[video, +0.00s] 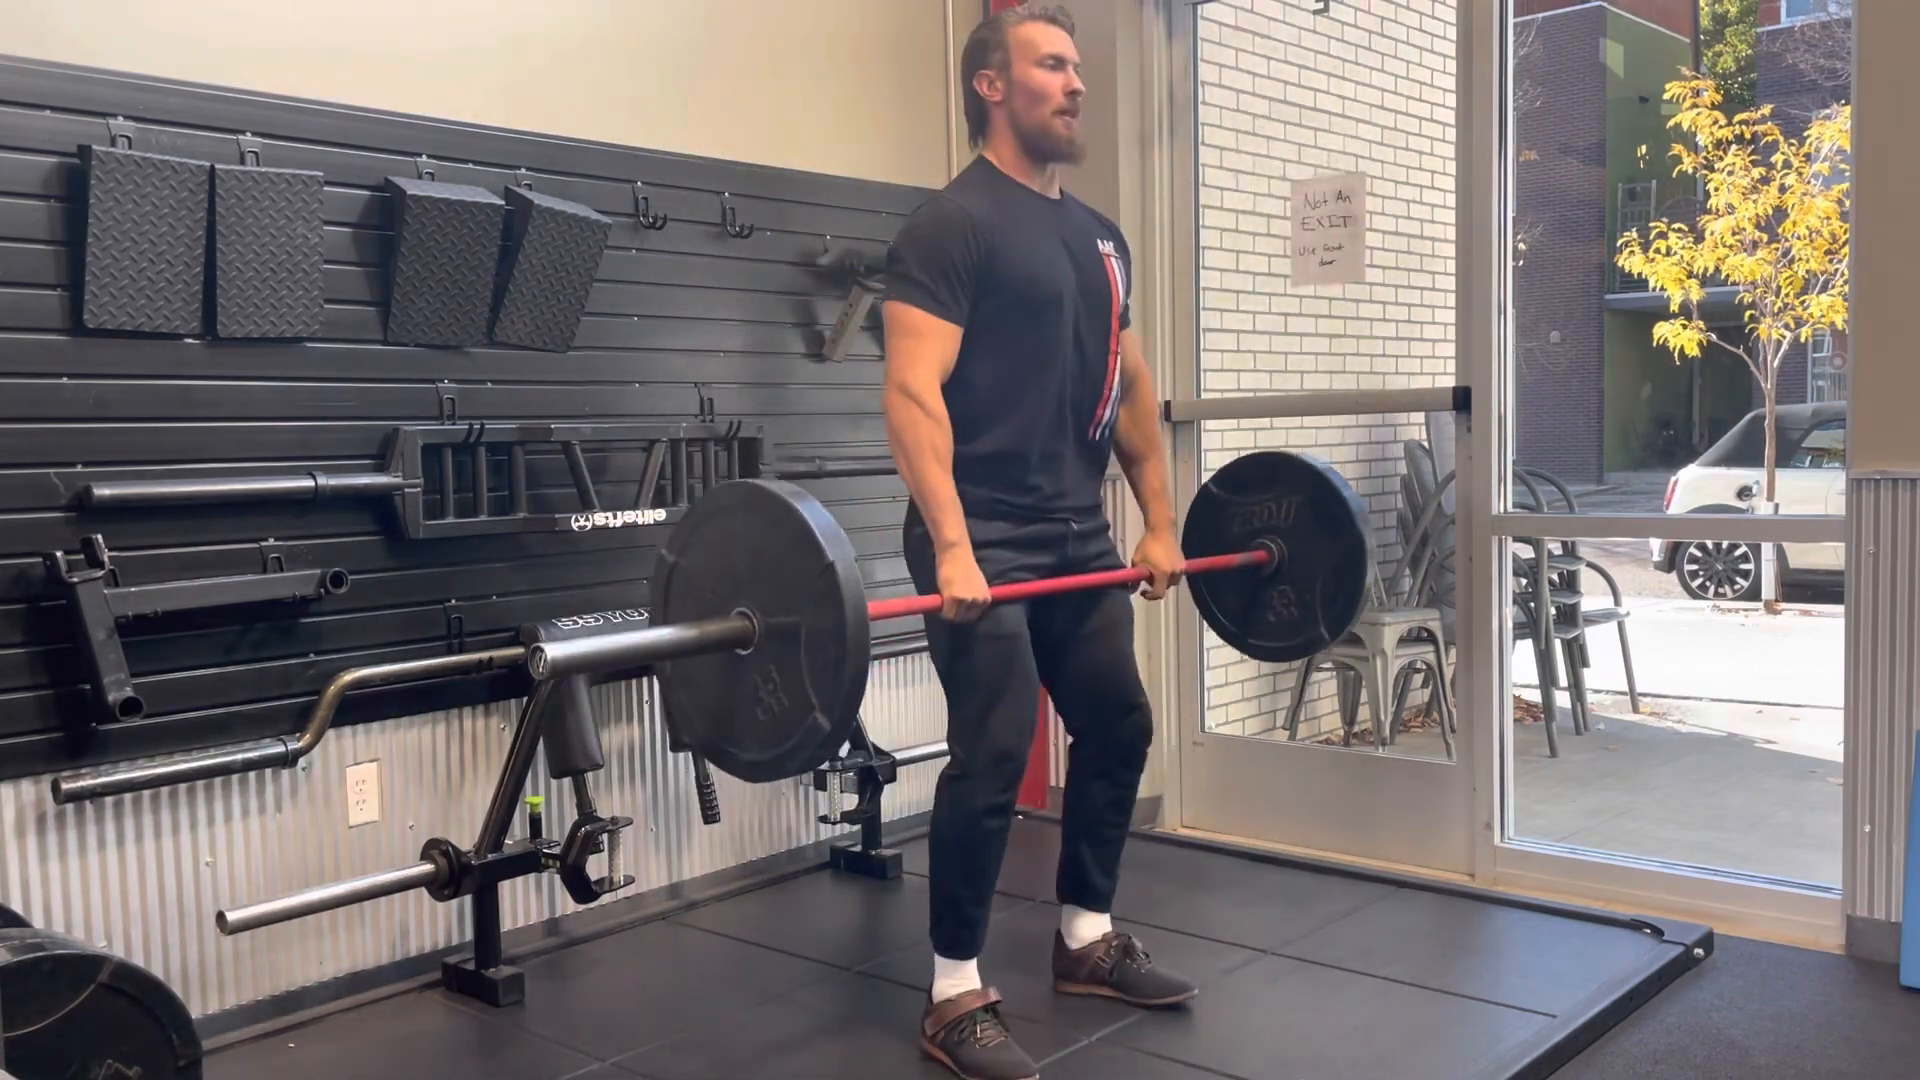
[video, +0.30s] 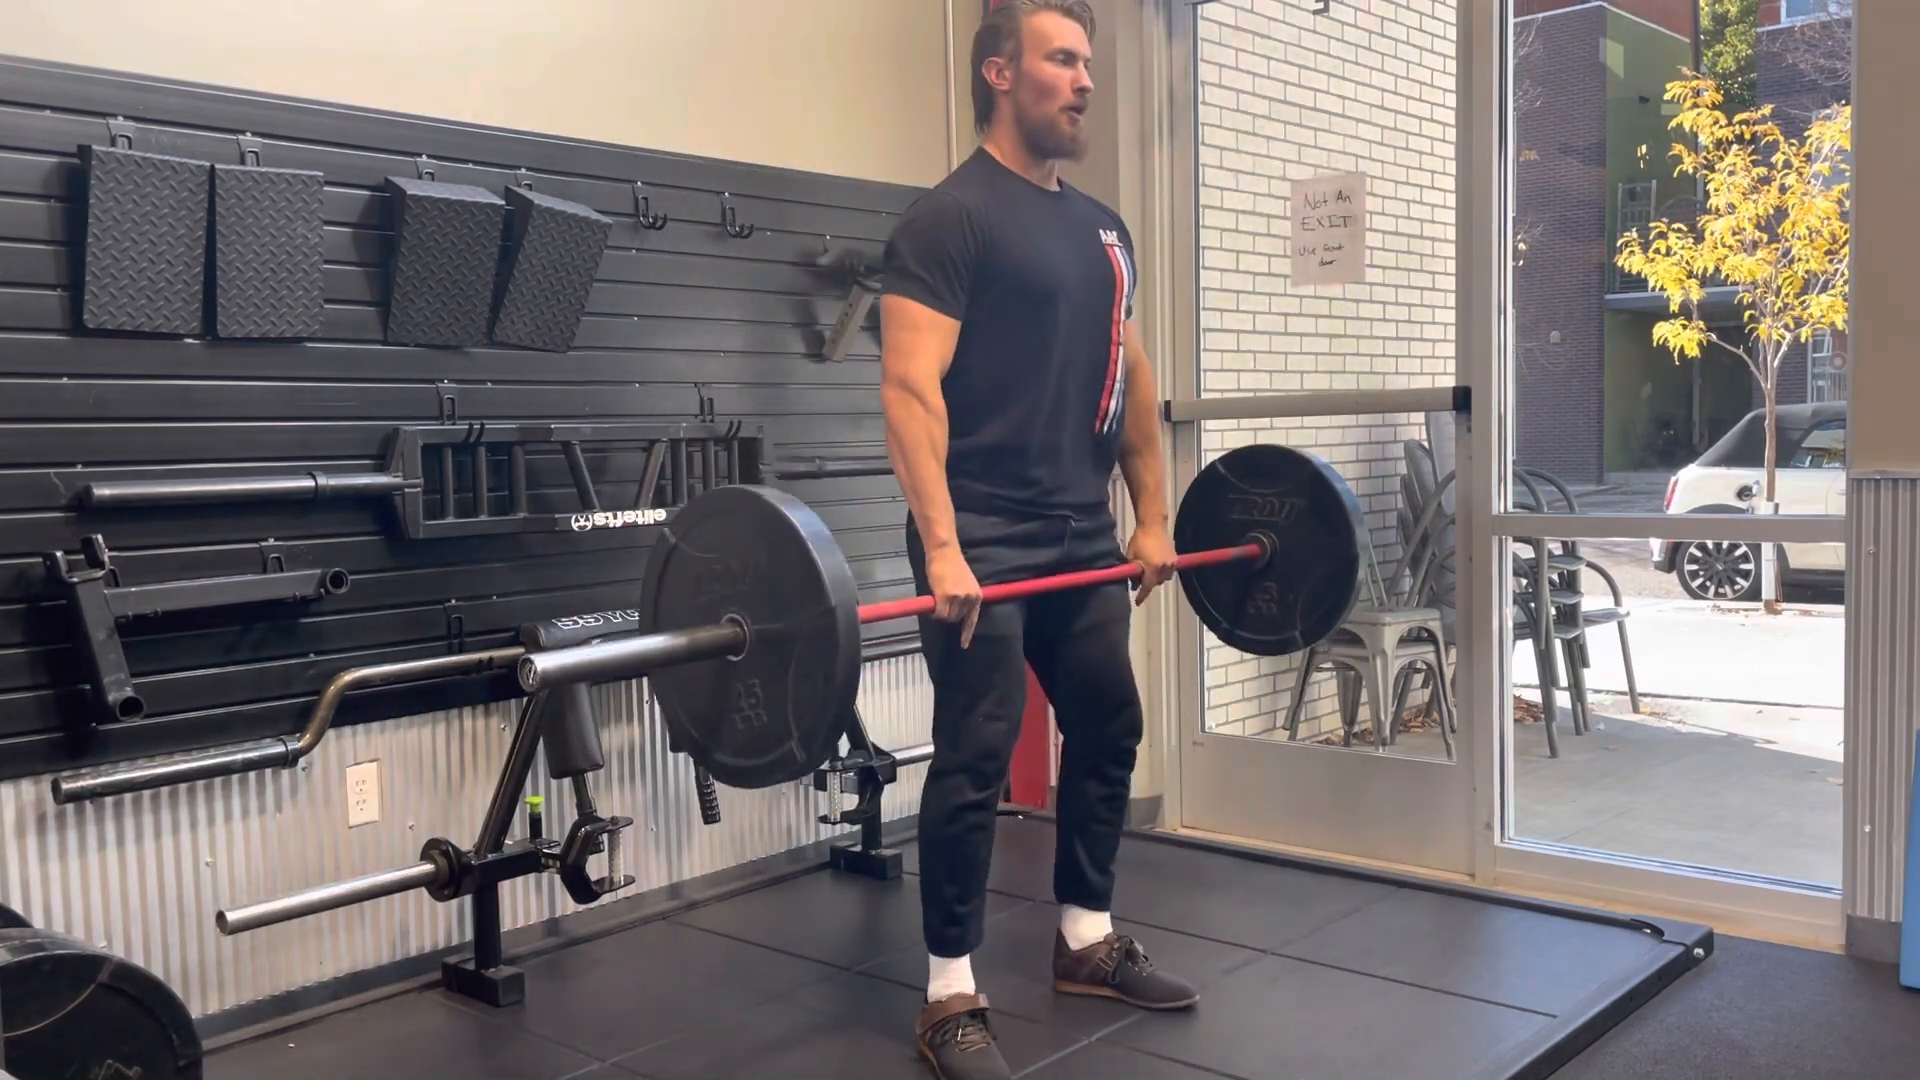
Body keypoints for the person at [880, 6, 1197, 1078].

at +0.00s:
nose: (1076, 82)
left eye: (1077, 67)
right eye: (1053, 64)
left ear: (1069, 91)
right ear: (989, 86)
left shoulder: (1097, 237)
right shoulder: (947, 224)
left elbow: (1129, 388)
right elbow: (909, 397)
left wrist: (1159, 521)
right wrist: (950, 543)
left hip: (1074, 529)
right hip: (974, 533)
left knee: (1117, 725)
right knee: (994, 744)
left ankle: (1086, 939)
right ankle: (956, 993)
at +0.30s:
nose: (1085, 79)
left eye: (1088, 63)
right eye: (1064, 59)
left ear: (1080, 82)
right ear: (997, 75)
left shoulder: (1101, 229)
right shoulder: (947, 217)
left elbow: (1130, 377)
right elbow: (906, 391)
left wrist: (1151, 515)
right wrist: (939, 543)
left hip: (1079, 526)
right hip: (975, 529)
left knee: (1108, 726)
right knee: (976, 750)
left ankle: (1085, 940)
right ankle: (951, 995)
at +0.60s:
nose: (1101, 84)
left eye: (1105, 67)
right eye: (1081, 62)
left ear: (1087, 84)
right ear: (1014, 72)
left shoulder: (1114, 228)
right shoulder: (956, 215)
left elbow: (1139, 379)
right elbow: (923, 392)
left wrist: (1160, 520)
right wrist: (951, 548)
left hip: (1085, 530)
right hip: (983, 533)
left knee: (1115, 729)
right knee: (988, 746)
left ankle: (1086, 941)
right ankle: (949, 995)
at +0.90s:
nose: (1100, 79)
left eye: (1104, 62)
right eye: (1080, 58)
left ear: (1088, 79)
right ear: (1013, 69)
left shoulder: (1117, 222)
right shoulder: (957, 212)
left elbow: (1143, 378)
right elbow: (930, 392)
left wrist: (1170, 519)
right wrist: (958, 546)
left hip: (1094, 528)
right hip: (991, 532)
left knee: (1115, 731)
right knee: (987, 755)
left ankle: (1087, 941)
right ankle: (950, 994)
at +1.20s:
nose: (1100, 81)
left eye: (1104, 64)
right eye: (1079, 59)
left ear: (1094, 81)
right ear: (1013, 68)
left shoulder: (1121, 228)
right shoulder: (956, 213)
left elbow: (1141, 388)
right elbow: (933, 392)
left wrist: (1169, 522)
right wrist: (960, 546)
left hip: (1096, 529)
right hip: (993, 532)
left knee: (1114, 731)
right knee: (989, 752)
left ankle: (1087, 940)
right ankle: (951, 993)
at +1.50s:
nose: (1093, 80)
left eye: (1097, 64)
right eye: (1072, 59)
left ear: (1087, 80)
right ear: (1005, 69)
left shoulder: (1111, 228)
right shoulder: (949, 214)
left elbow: (1136, 383)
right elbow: (930, 395)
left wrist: (1165, 520)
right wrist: (957, 547)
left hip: (1096, 528)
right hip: (992, 530)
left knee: (1111, 731)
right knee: (987, 750)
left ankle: (1087, 941)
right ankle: (950, 992)